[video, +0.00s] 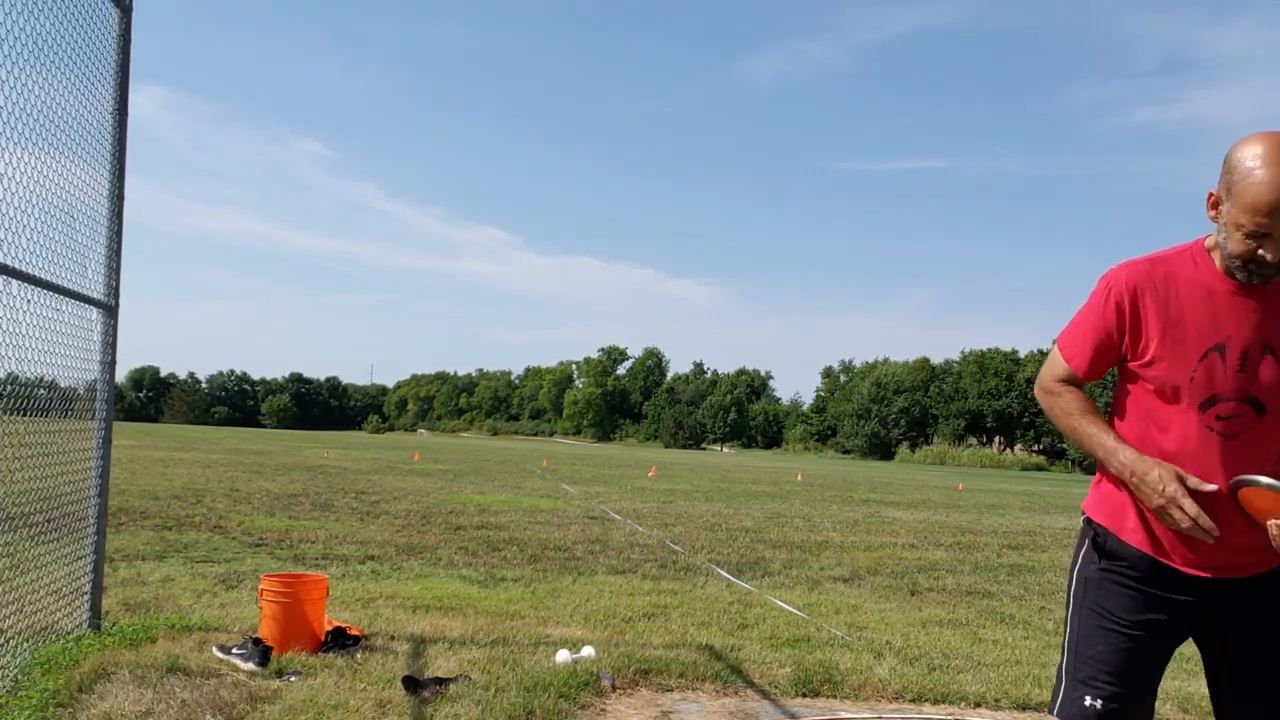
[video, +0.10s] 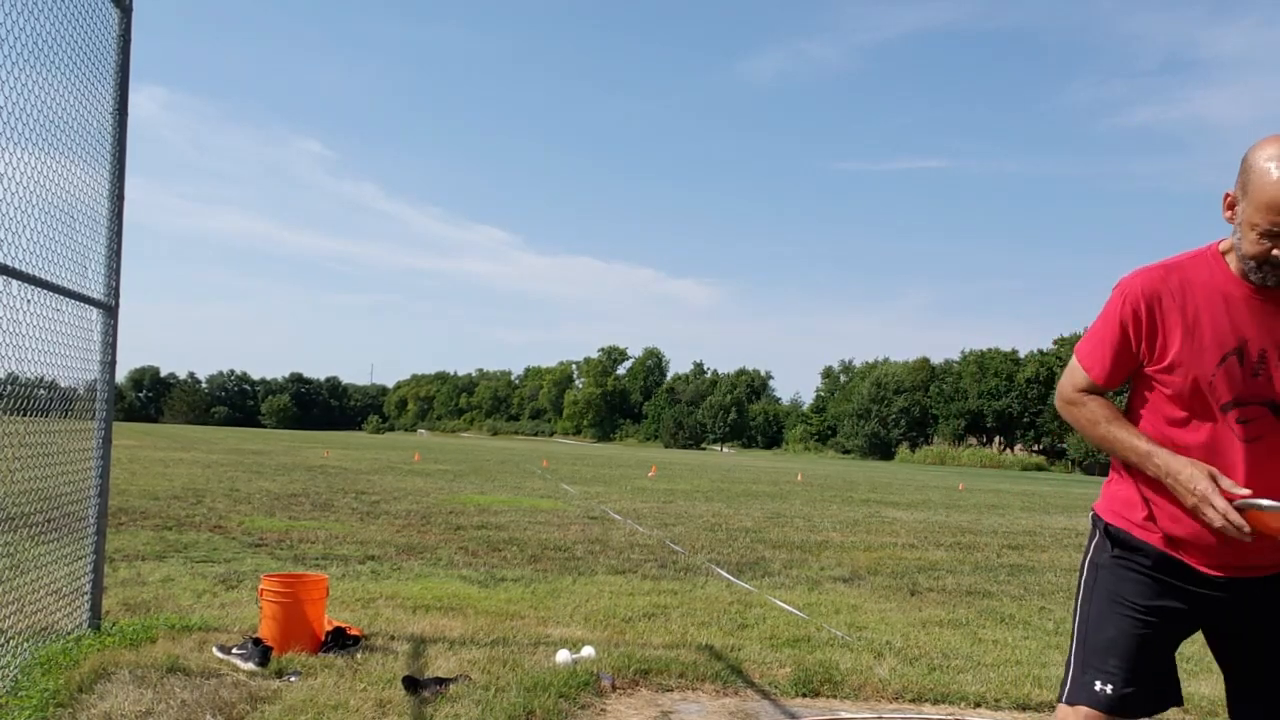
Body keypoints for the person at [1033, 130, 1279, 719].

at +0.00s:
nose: (1270, 255)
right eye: (1255, 235)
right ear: (1215, 205)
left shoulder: (1277, 294)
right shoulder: (1138, 288)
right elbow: (1053, 384)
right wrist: (1133, 467)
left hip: (1257, 573)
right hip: (1133, 560)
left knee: (1258, 709)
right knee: (1092, 711)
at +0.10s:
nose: (1275, 251)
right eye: (1266, 233)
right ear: (1231, 206)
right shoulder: (1155, 294)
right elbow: (1074, 394)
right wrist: (1169, 468)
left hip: (1266, 567)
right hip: (1146, 554)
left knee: (1265, 709)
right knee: (1090, 708)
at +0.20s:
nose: (1279, 248)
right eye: (1273, 230)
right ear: (1238, 204)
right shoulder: (1156, 296)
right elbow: (1077, 405)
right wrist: (1183, 472)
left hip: (1264, 574)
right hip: (1144, 564)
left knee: (1276, 704)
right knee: (1111, 711)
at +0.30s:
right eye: (1273, 219)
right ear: (1235, 200)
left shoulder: (1279, 299)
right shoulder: (1149, 293)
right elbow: (1066, 407)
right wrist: (1188, 471)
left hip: (1265, 572)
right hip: (1140, 563)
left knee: (1278, 705)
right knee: (1107, 712)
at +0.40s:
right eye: (1272, 204)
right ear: (1228, 194)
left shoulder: (1277, 297)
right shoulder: (1141, 291)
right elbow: (1058, 409)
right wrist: (1186, 471)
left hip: (1256, 560)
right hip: (1131, 557)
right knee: (1104, 711)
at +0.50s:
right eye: (1271, 200)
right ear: (1227, 195)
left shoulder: (1277, 300)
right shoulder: (1144, 295)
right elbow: (1059, 415)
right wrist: (1186, 480)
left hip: (1251, 560)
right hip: (1130, 558)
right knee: (1099, 711)